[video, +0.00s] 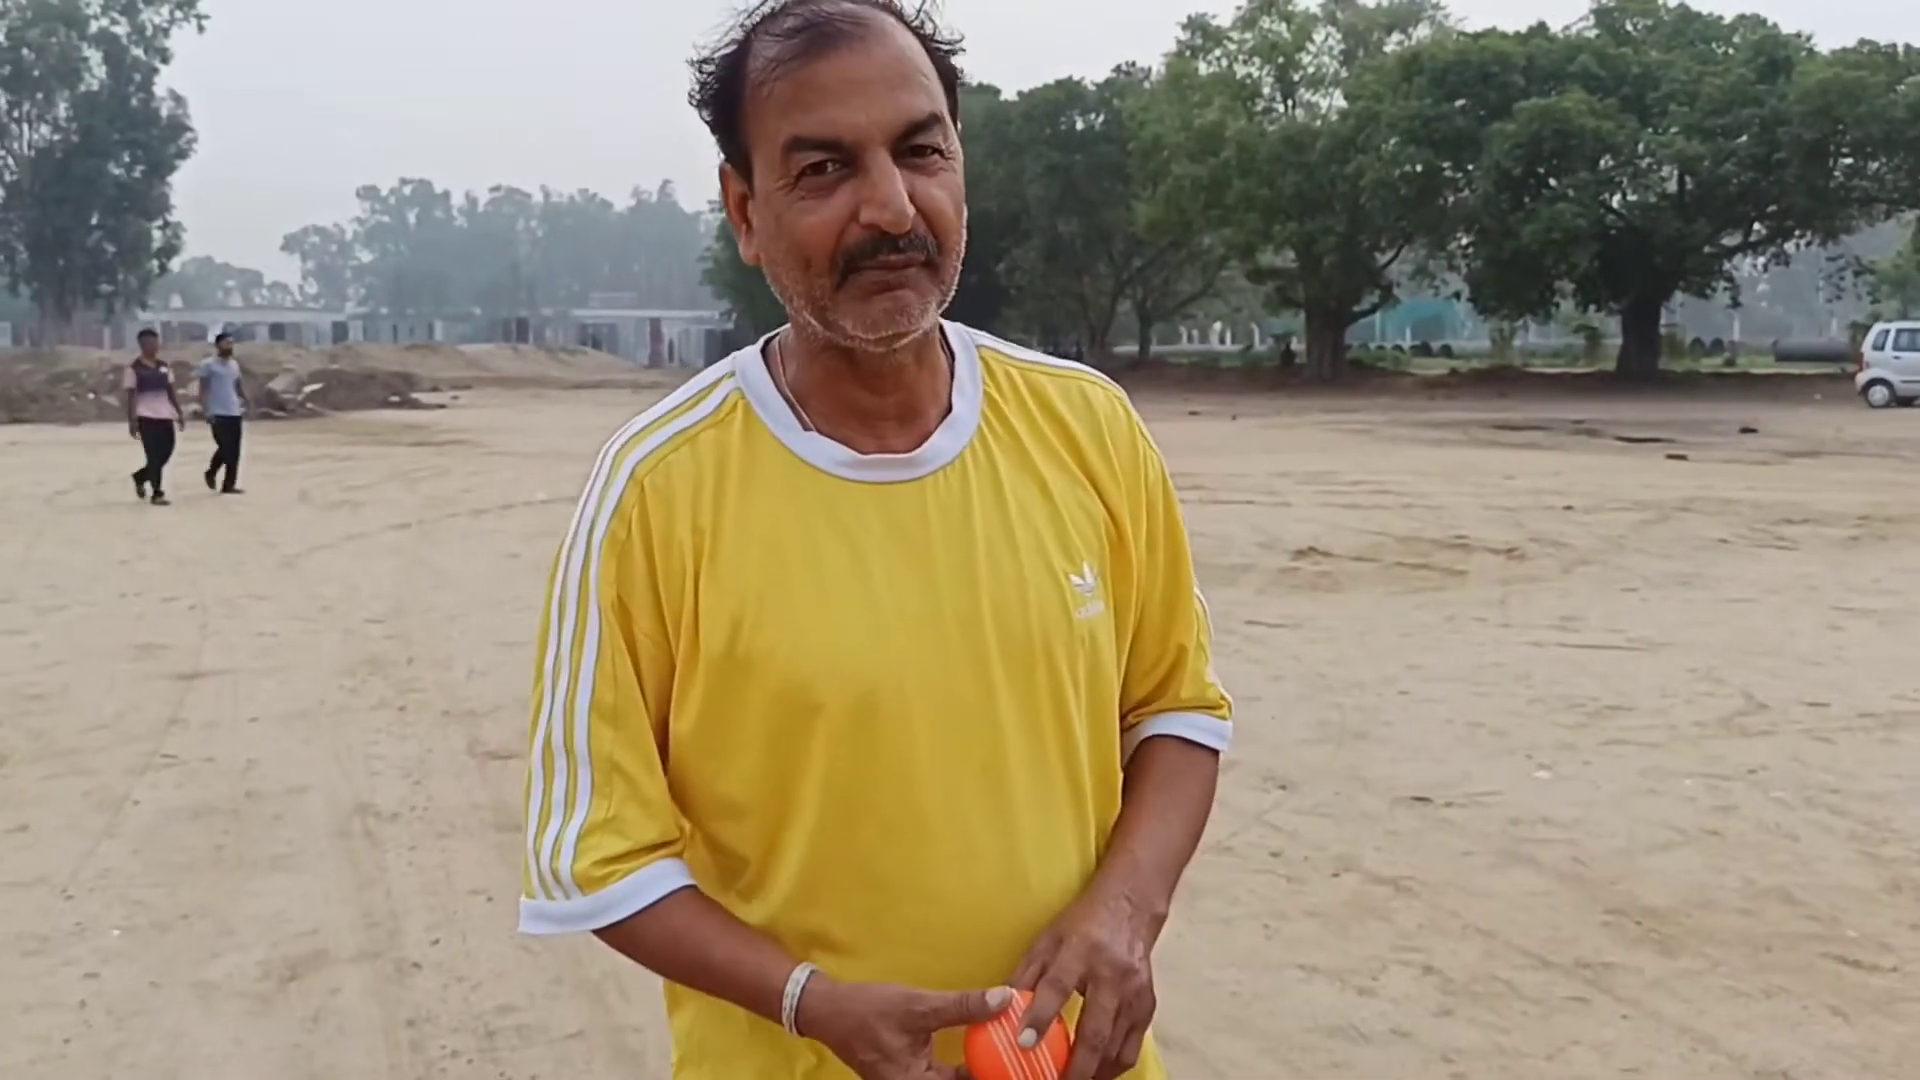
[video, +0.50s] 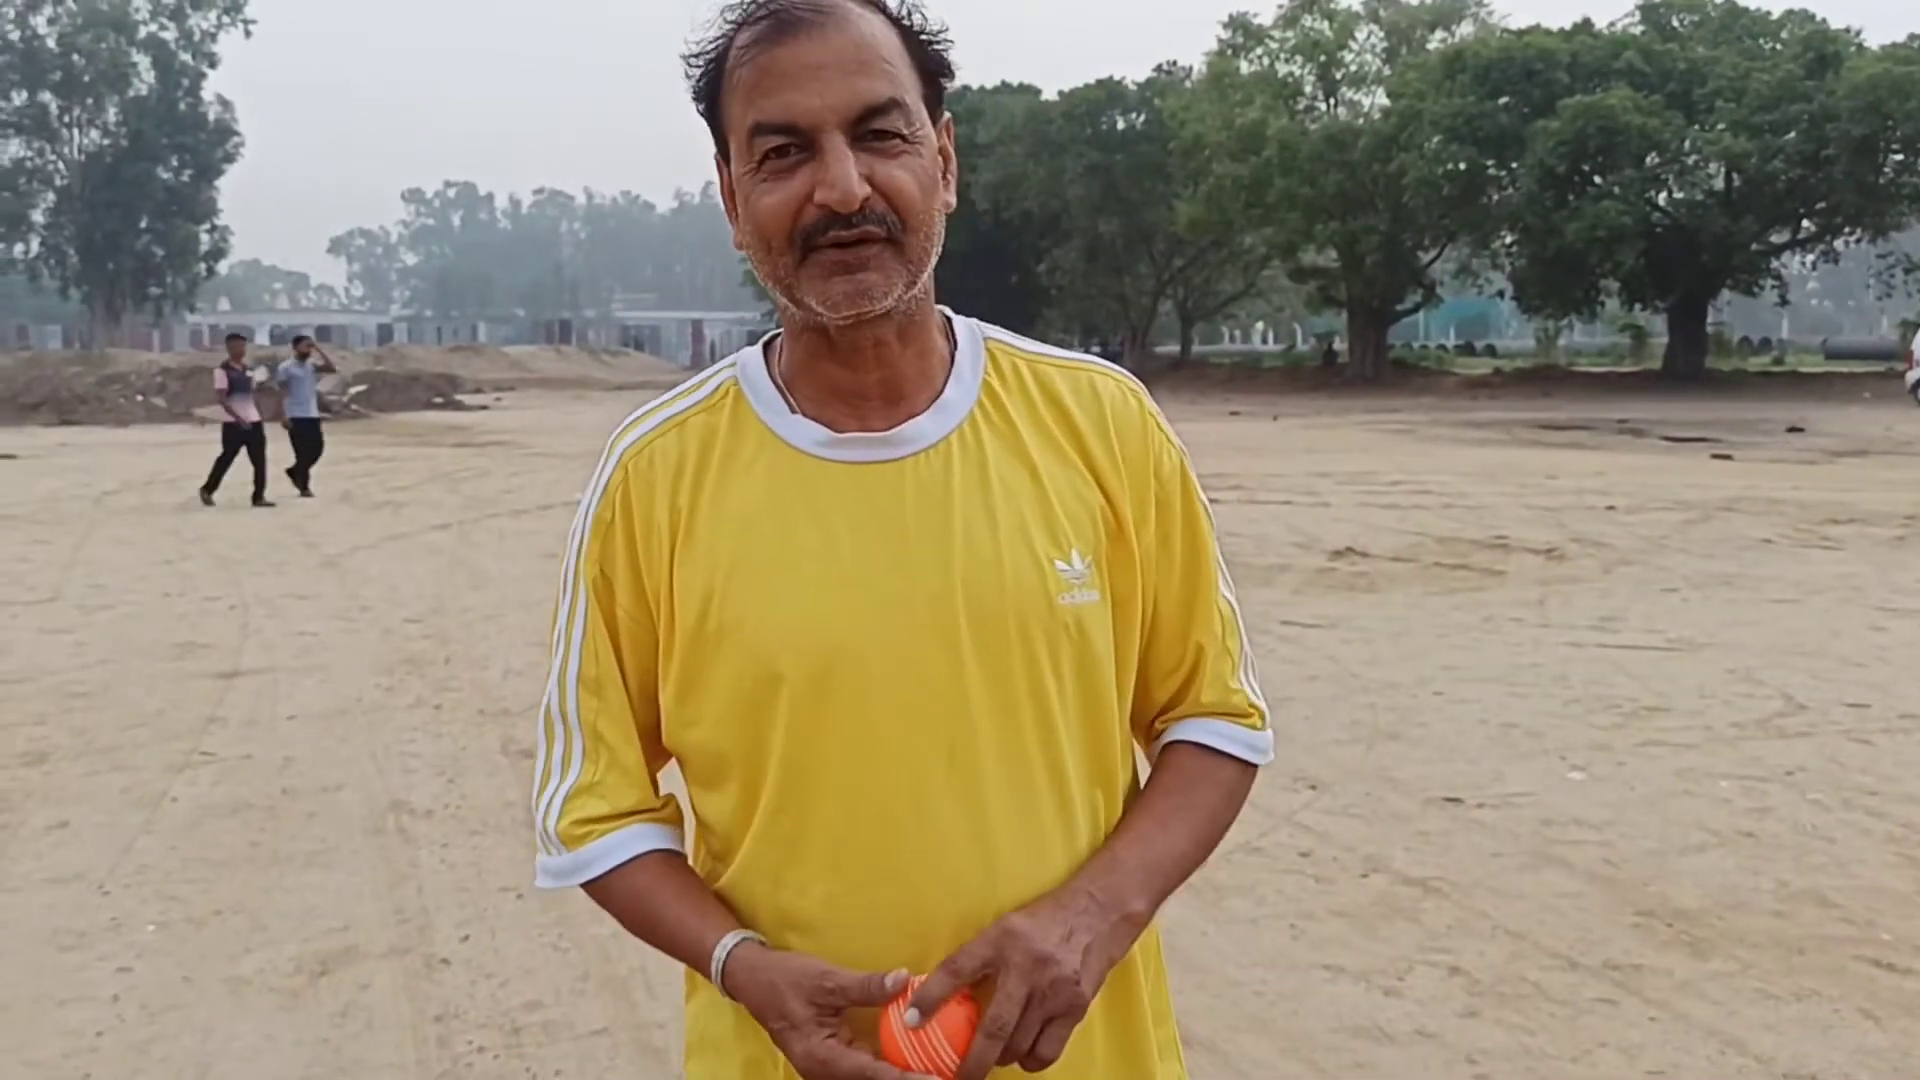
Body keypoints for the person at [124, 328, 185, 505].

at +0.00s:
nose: (153, 347)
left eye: (155, 343)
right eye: (149, 343)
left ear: (158, 344)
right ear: (142, 345)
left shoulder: (164, 367)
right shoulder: (133, 369)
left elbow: (171, 392)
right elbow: (131, 396)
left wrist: (179, 413)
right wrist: (132, 420)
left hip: (165, 415)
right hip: (146, 415)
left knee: (166, 451)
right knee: (154, 453)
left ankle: (141, 475)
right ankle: (157, 490)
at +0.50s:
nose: (241, 350)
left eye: (243, 346)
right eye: (237, 347)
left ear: (245, 348)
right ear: (229, 349)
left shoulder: (246, 370)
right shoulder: (222, 371)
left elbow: (250, 396)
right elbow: (222, 399)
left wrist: (258, 416)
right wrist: (239, 419)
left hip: (253, 422)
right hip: (234, 423)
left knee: (260, 462)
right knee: (227, 458)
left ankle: (258, 496)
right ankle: (207, 489)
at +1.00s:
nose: (348, 351)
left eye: (351, 348)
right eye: (344, 347)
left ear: (354, 348)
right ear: (338, 348)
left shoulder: (359, 372)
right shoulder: (329, 372)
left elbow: (367, 397)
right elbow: (321, 398)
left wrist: (379, 416)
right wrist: (315, 423)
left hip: (356, 420)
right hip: (339, 419)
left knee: (344, 458)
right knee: (351, 458)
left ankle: (329, 491)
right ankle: (366, 495)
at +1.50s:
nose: (418, 347)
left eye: (421, 343)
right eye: (414, 343)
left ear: (424, 344)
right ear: (407, 344)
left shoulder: (429, 368)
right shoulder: (403, 368)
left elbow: (435, 395)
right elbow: (403, 395)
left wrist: (440, 416)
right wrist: (425, 412)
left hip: (431, 419)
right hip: (411, 419)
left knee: (437, 460)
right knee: (406, 460)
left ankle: (447, 494)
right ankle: (403, 494)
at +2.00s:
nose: (474, 343)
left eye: (477, 339)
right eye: (471, 339)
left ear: (480, 340)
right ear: (463, 340)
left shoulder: (483, 363)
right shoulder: (452, 363)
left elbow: (489, 388)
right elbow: (443, 390)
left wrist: (498, 410)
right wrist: (436, 416)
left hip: (481, 412)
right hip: (463, 411)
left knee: (472, 452)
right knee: (473, 452)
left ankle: (460, 490)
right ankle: (478, 494)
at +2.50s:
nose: (440, 341)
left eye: (442, 336)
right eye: (436, 337)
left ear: (444, 338)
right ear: (427, 338)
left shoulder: (448, 361)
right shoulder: (420, 363)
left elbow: (454, 389)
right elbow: (422, 394)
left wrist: (462, 412)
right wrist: (437, 414)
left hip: (450, 416)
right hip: (430, 416)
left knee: (460, 453)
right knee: (428, 460)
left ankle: (447, 493)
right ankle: (428, 499)